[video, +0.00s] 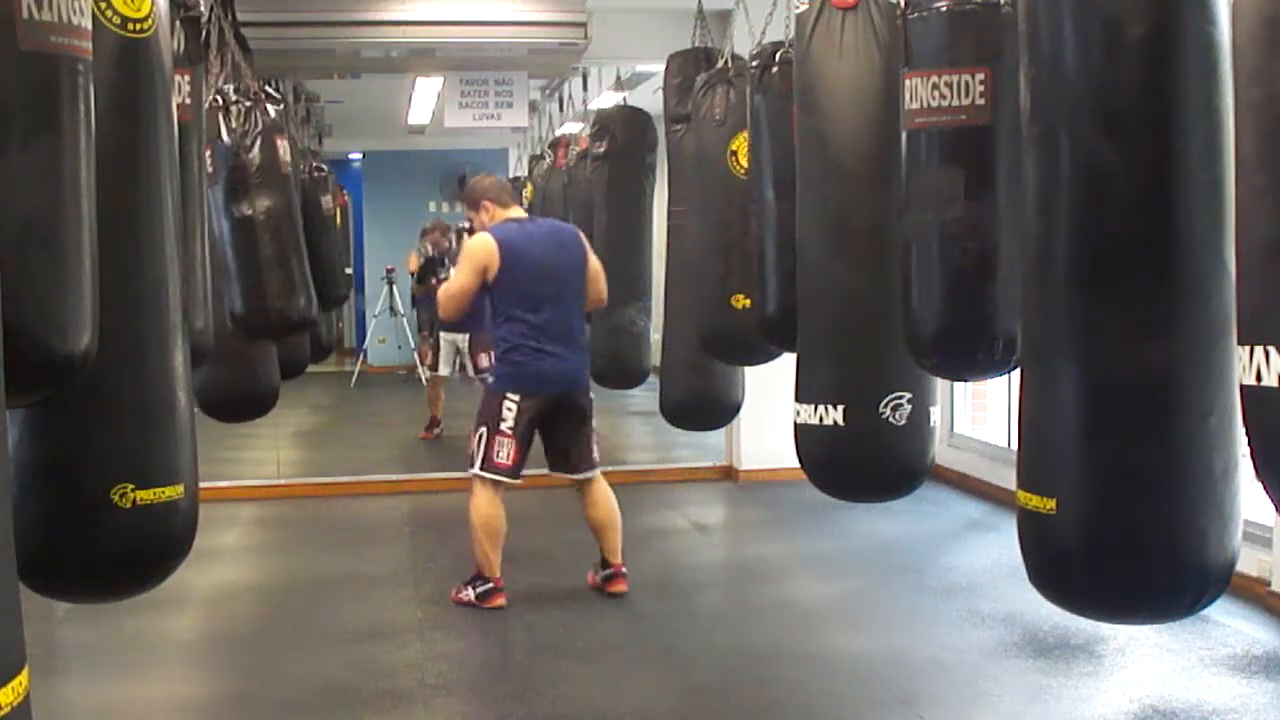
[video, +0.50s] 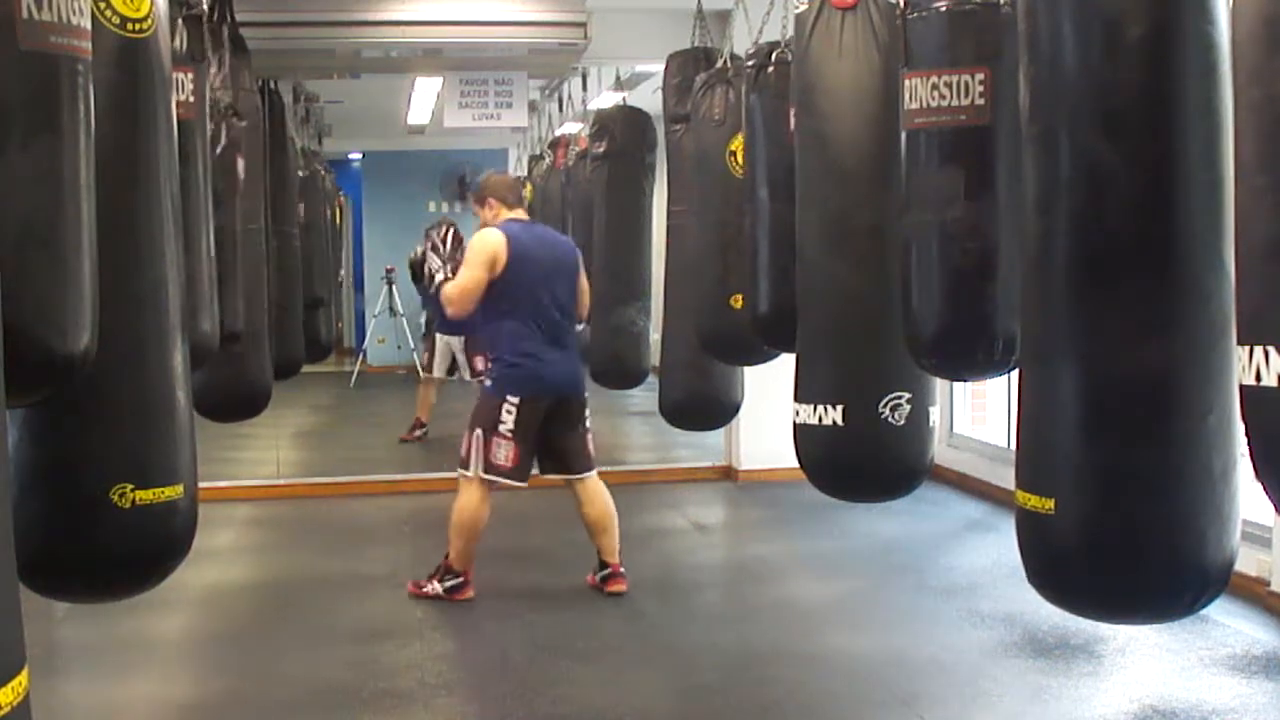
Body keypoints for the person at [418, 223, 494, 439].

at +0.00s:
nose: (433, 248)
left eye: (435, 243)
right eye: (429, 244)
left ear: (446, 238)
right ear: (427, 243)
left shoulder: (468, 261)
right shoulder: (431, 266)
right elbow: (422, 299)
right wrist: (424, 335)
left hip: (472, 328)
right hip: (442, 330)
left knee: (486, 380)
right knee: (436, 378)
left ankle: (495, 424)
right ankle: (435, 419)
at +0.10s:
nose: (450, 252)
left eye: (451, 246)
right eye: (445, 248)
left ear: (460, 243)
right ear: (441, 248)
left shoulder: (476, 257)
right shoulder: (441, 264)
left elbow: (484, 286)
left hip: (477, 330)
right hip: (449, 329)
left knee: (486, 378)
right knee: (432, 373)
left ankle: (501, 419)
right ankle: (434, 419)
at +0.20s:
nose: (449, 252)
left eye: (452, 248)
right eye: (446, 248)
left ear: (465, 242)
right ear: (447, 245)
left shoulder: (486, 260)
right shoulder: (448, 260)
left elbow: (494, 292)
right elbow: (437, 289)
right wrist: (429, 276)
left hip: (477, 330)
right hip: (450, 326)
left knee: (488, 379)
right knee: (427, 370)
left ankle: (501, 419)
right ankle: (430, 415)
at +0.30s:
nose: (449, 247)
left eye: (452, 242)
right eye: (447, 243)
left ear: (467, 238)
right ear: (446, 241)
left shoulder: (485, 256)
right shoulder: (447, 257)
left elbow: (491, 286)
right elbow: (436, 280)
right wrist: (425, 272)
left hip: (477, 327)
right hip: (449, 324)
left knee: (486, 378)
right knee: (428, 369)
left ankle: (500, 420)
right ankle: (425, 416)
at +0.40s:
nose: (448, 246)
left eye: (451, 240)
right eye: (445, 241)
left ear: (464, 237)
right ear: (443, 241)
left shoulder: (478, 257)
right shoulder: (444, 258)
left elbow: (477, 286)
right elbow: (427, 284)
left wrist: (451, 274)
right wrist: (423, 267)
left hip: (474, 328)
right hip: (446, 327)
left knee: (486, 381)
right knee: (433, 377)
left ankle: (499, 425)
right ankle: (422, 422)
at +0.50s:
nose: (439, 247)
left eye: (444, 242)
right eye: (434, 242)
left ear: (455, 241)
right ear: (428, 242)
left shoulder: (467, 261)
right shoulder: (426, 262)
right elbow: (424, 293)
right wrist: (418, 273)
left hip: (466, 329)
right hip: (439, 328)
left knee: (481, 382)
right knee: (429, 377)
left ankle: (495, 426)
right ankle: (421, 422)